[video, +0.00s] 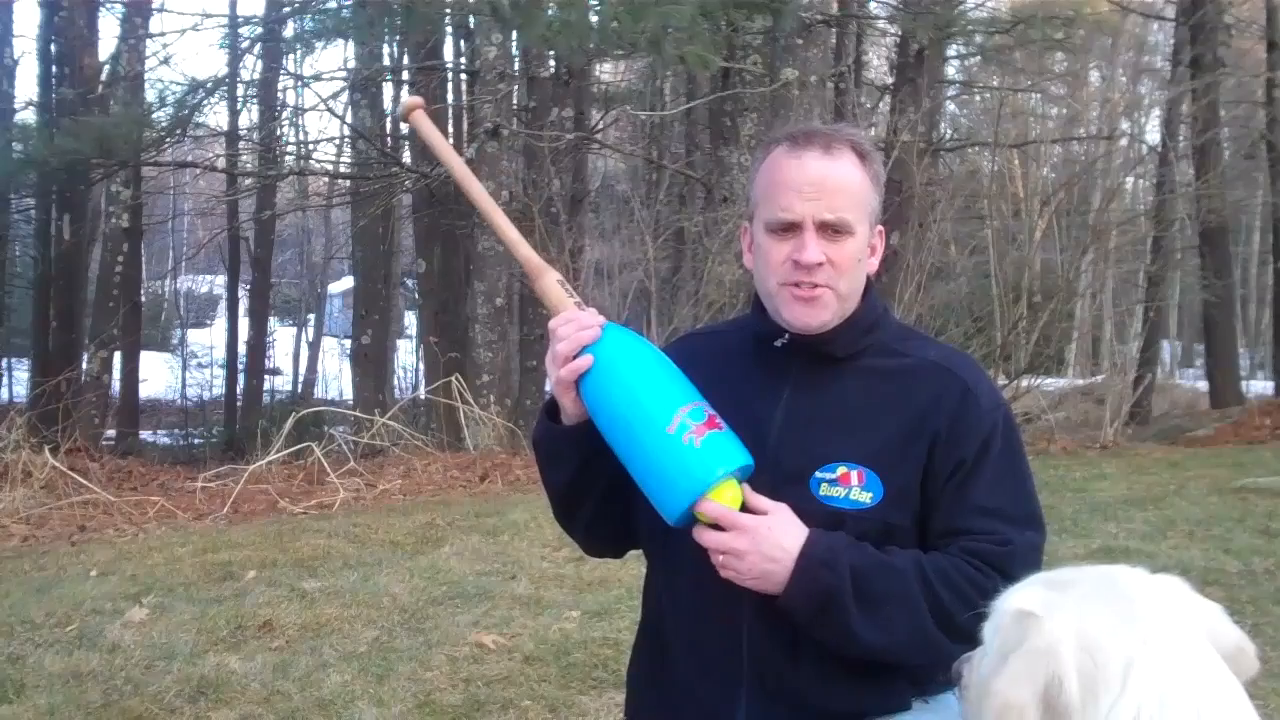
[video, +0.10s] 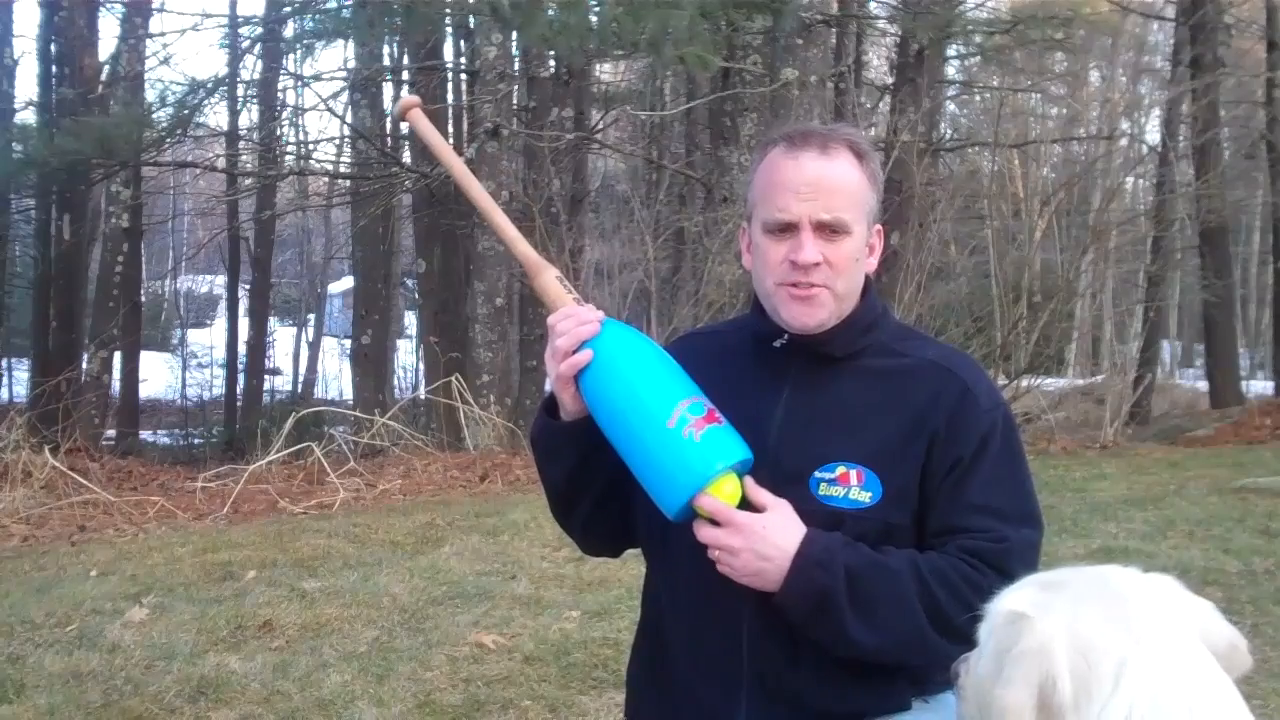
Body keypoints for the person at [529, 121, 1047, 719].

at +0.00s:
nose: (807, 255)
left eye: (832, 230)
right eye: (785, 229)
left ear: (874, 248)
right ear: (748, 244)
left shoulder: (953, 399)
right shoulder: (683, 370)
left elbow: (995, 590)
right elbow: (607, 531)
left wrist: (809, 566)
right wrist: (573, 416)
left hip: (876, 704)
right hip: (685, 703)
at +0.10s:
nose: (804, 255)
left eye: (829, 230)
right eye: (782, 229)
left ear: (872, 247)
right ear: (747, 244)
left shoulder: (951, 397)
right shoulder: (681, 370)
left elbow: (991, 591)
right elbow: (604, 530)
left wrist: (806, 564)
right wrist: (571, 415)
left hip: (876, 703)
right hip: (685, 703)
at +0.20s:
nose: (801, 255)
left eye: (827, 230)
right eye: (779, 230)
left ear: (871, 248)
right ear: (745, 245)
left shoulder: (951, 397)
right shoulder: (678, 370)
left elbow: (988, 589)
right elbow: (603, 528)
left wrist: (803, 559)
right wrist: (570, 410)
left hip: (877, 705)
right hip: (685, 704)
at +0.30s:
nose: (799, 255)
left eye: (824, 230)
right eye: (776, 229)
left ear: (870, 247)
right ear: (744, 245)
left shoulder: (951, 397)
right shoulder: (677, 370)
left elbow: (984, 590)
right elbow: (603, 526)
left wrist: (799, 555)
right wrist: (571, 411)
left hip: (870, 704)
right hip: (682, 702)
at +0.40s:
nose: (797, 254)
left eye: (823, 229)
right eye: (774, 228)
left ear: (869, 247)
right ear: (743, 243)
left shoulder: (949, 396)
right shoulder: (675, 368)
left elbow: (982, 592)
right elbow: (603, 526)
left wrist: (797, 551)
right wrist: (572, 410)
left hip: (871, 705)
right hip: (682, 704)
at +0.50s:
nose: (795, 251)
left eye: (822, 226)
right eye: (773, 225)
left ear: (868, 248)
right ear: (742, 241)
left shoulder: (949, 396)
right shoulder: (675, 368)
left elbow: (981, 586)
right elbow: (603, 526)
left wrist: (796, 548)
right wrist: (572, 410)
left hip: (864, 706)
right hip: (680, 704)